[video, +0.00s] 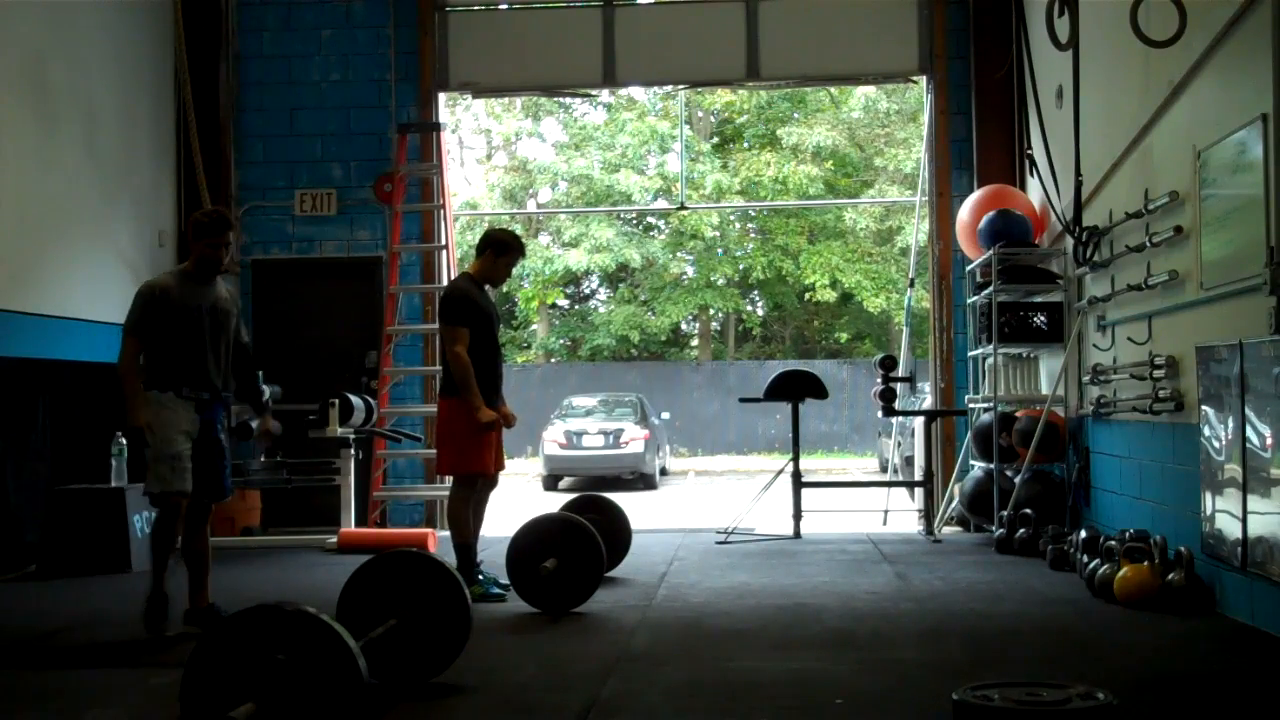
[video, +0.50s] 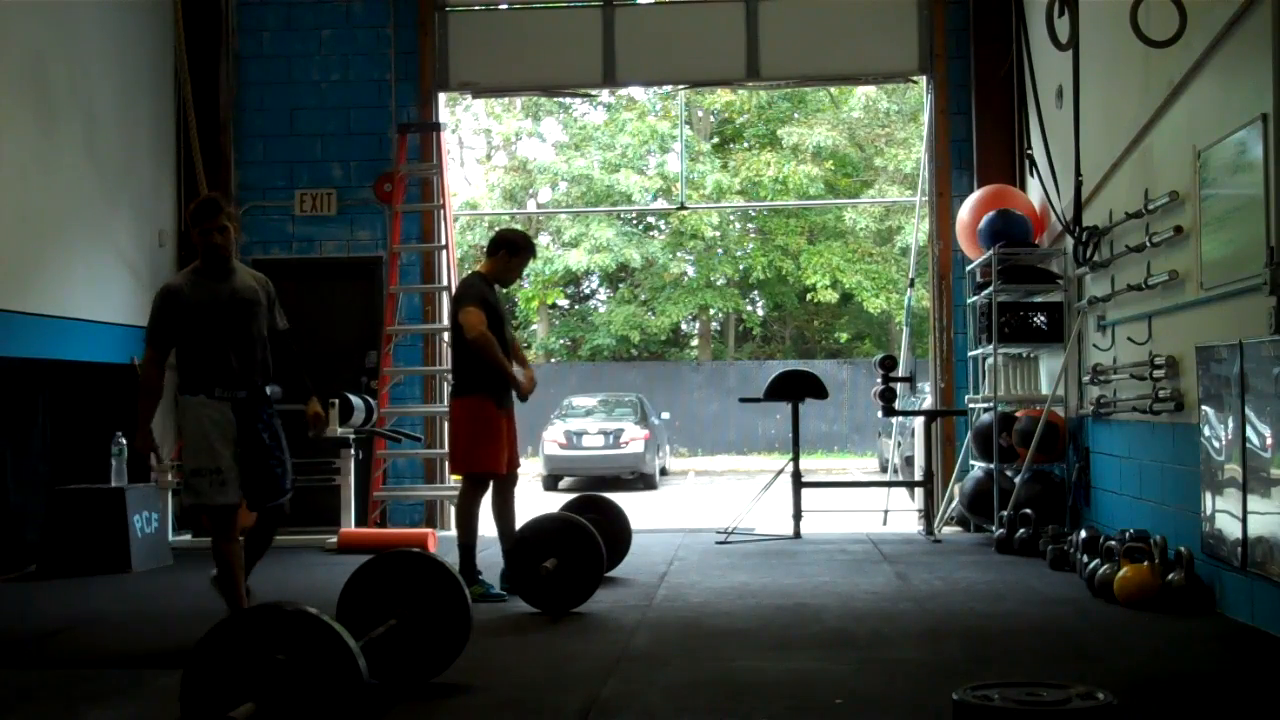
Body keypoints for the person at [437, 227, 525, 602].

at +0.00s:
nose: (509, 275)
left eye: (512, 268)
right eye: (509, 267)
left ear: (494, 258)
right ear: (490, 256)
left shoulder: (481, 294)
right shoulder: (460, 292)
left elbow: (486, 355)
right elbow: (456, 352)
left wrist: (499, 403)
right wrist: (479, 405)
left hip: (485, 406)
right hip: (464, 405)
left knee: (485, 482)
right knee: (466, 484)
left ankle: (471, 568)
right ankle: (467, 575)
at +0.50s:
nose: (520, 276)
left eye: (523, 269)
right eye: (520, 267)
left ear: (503, 258)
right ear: (502, 256)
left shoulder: (492, 294)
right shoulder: (472, 288)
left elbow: (508, 337)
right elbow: (475, 333)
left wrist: (526, 368)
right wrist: (513, 377)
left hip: (497, 401)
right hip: (474, 402)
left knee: (506, 481)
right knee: (475, 484)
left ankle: (514, 568)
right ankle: (469, 576)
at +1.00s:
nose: (548, 281)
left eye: (551, 274)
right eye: (549, 272)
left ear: (533, 260)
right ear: (533, 259)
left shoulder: (522, 300)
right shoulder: (501, 294)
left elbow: (535, 358)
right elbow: (504, 354)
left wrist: (564, 399)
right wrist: (533, 404)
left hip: (524, 401)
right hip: (504, 400)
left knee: (526, 481)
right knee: (512, 480)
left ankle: (526, 568)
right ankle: (477, 569)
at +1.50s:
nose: (566, 283)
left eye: (570, 278)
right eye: (567, 275)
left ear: (552, 263)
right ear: (552, 262)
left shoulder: (538, 299)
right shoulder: (518, 294)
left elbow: (542, 360)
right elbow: (509, 350)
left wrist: (551, 405)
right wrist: (525, 405)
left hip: (533, 401)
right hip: (516, 401)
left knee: (524, 483)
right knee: (521, 483)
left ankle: (518, 571)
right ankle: (512, 572)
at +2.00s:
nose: (573, 283)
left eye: (577, 278)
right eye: (574, 275)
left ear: (557, 260)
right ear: (558, 260)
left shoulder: (539, 296)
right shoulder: (525, 292)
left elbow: (539, 356)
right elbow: (524, 351)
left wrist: (557, 401)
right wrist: (557, 403)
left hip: (535, 401)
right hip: (524, 400)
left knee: (533, 482)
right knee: (530, 481)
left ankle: (525, 573)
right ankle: (520, 575)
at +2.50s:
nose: (586, 288)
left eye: (591, 282)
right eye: (589, 279)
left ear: (568, 262)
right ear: (574, 264)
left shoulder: (546, 296)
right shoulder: (539, 296)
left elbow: (539, 357)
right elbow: (530, 356)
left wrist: (550, 407)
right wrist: (542, 411)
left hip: (539, 404)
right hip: (525, 404)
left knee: (544, 486)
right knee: (521, 487)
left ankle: (553, 567)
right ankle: (520, 574)